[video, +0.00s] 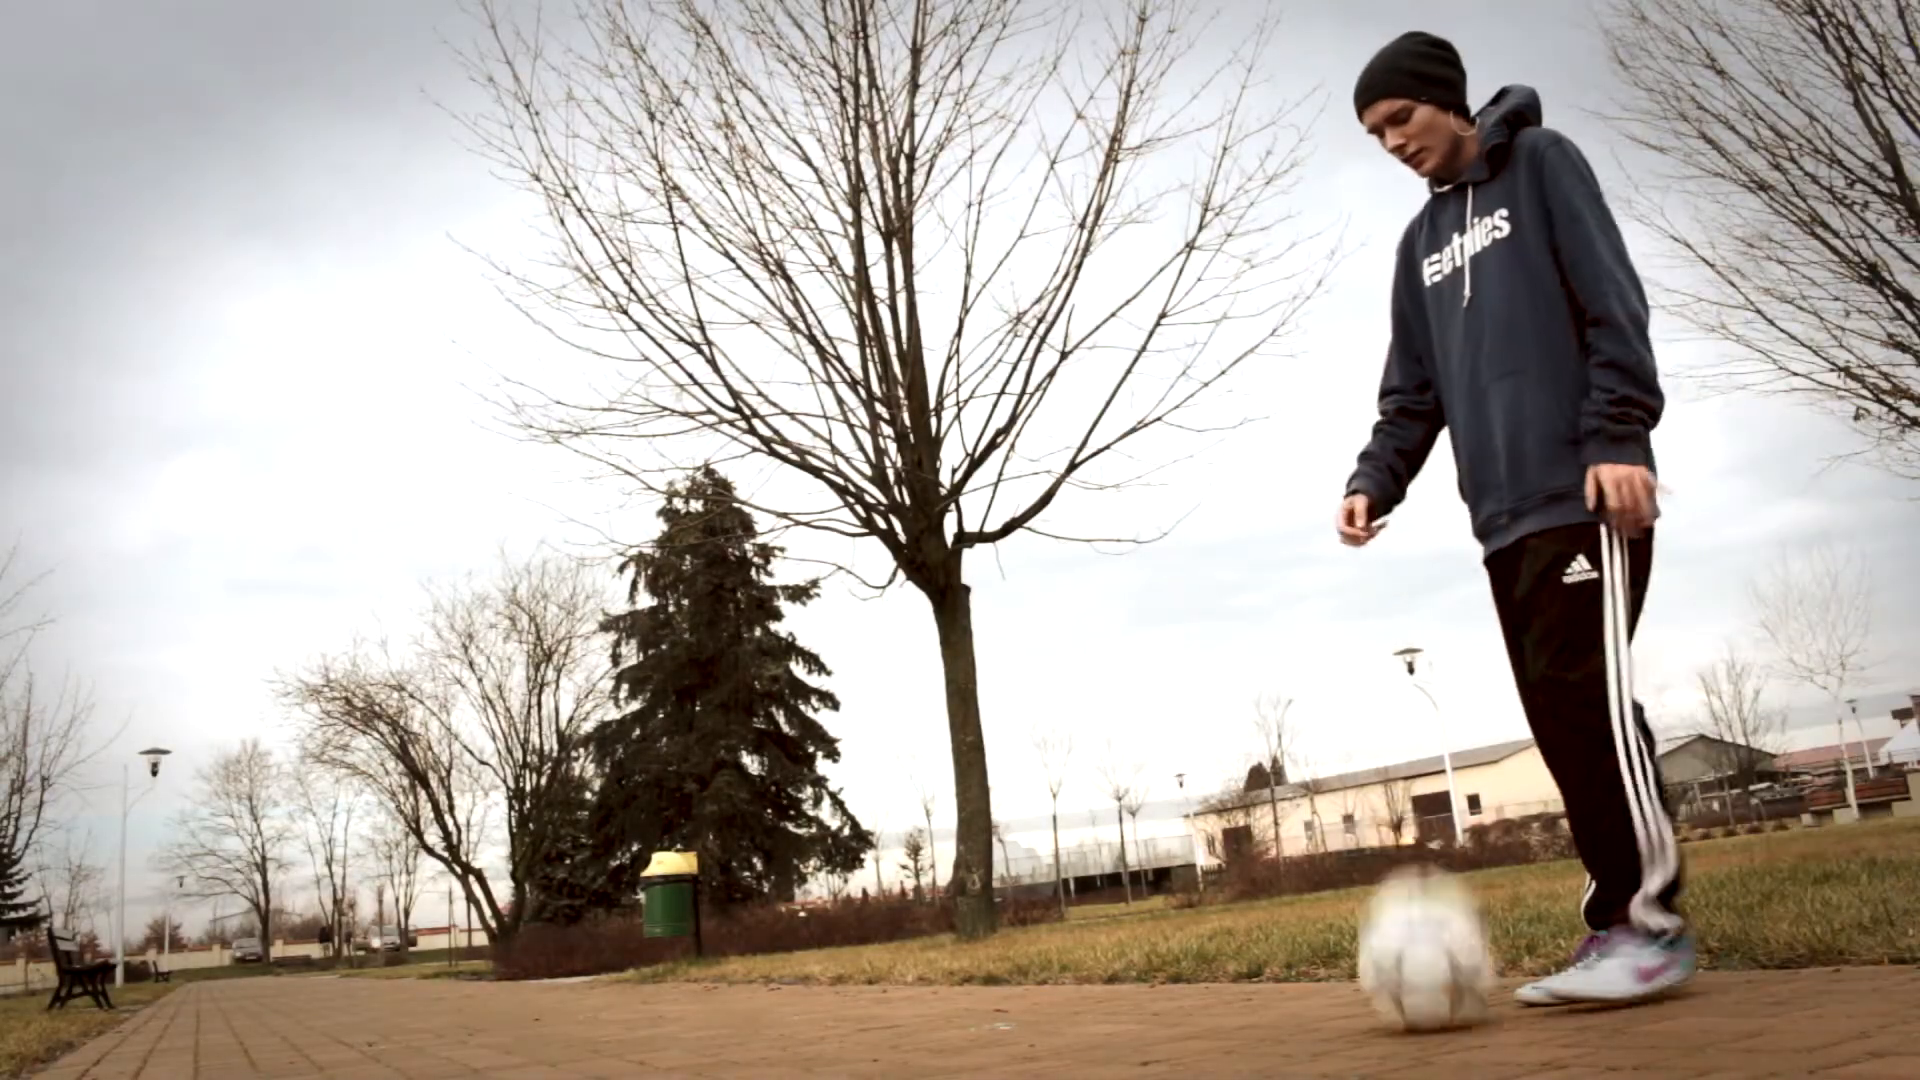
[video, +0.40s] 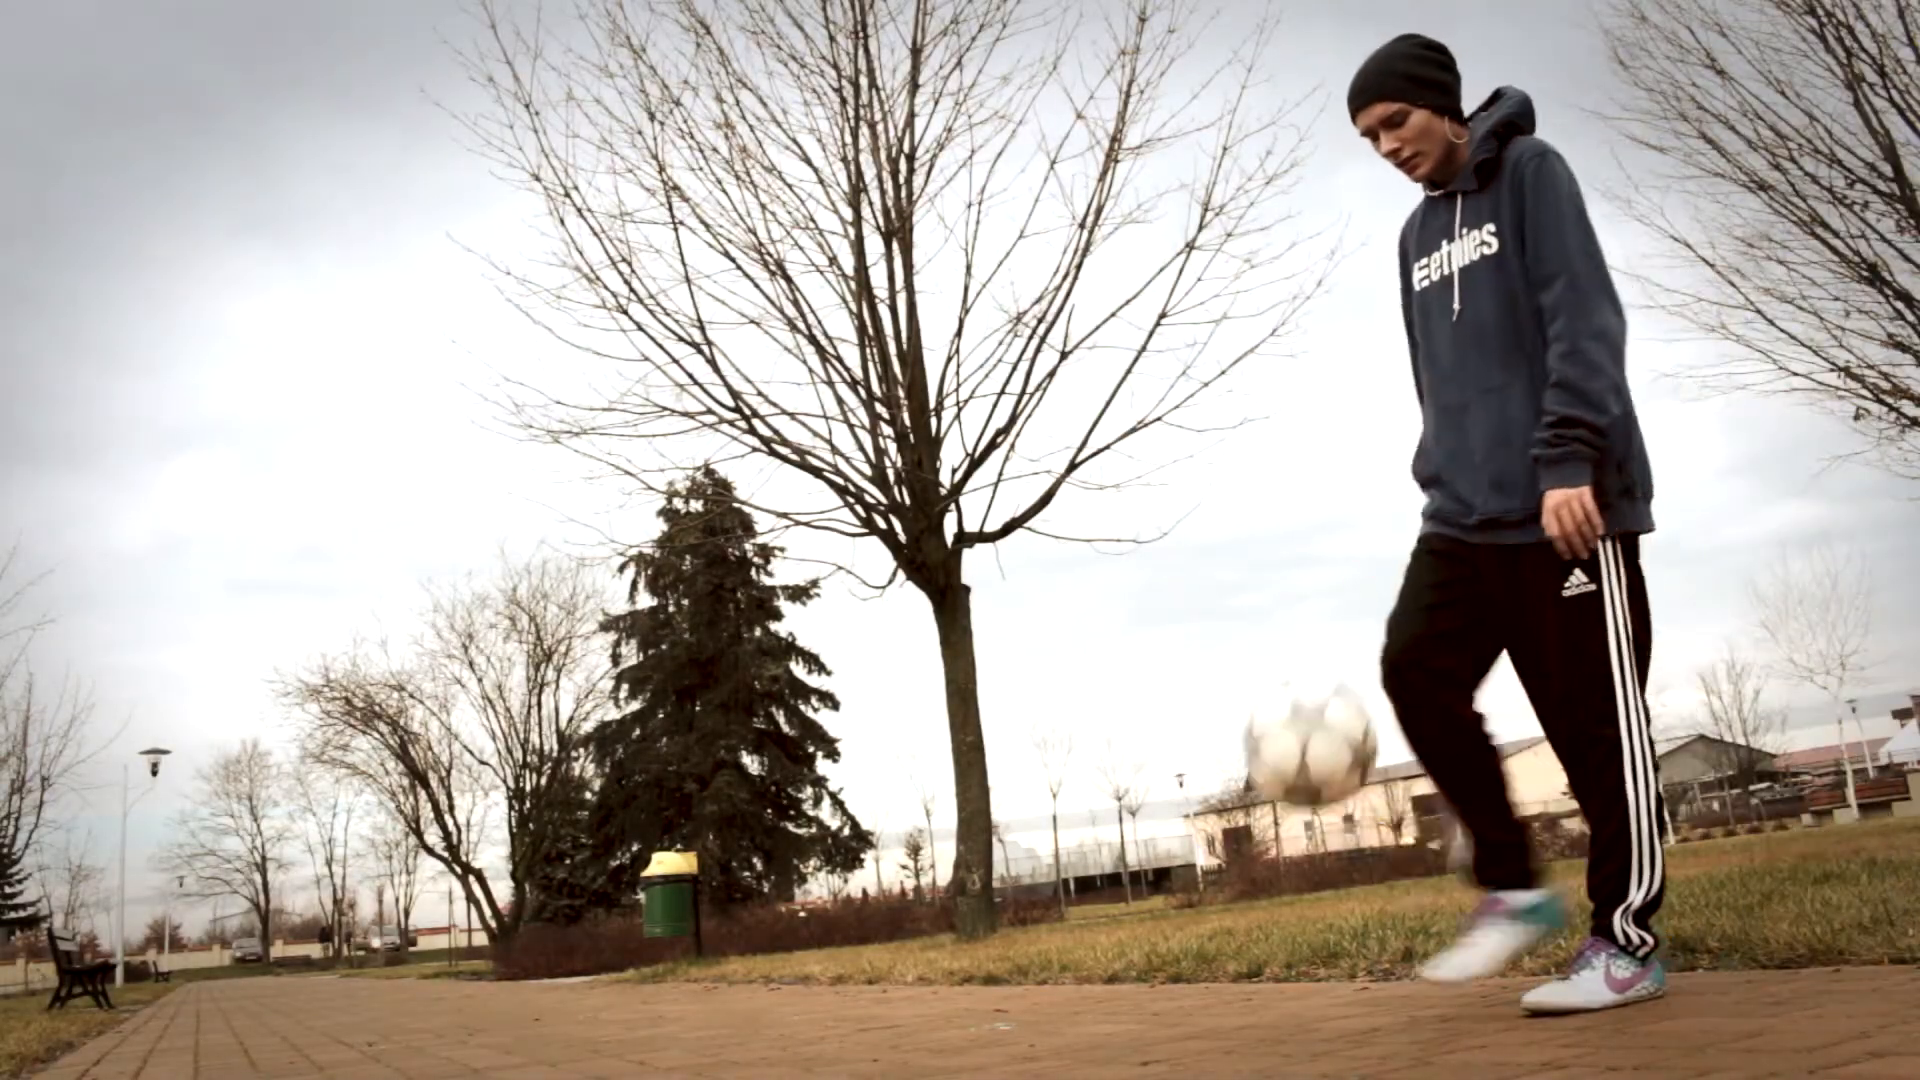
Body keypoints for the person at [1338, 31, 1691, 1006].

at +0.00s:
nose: (1396, 142)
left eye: (1403, 118)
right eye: (1381, 133)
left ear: (1449, 96)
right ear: (1383, 142)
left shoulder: (1541, 162)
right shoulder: (1421, 241)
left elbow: (1613, 305)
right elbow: (1413, 386)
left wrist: (1620, 440)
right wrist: (1374, 480)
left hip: (1581, 485)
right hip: (1501, 512)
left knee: (1580, 692)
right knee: (1553, 710)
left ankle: (1654, 929)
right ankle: (1617, 930)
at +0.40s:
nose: (1390, 145)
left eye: (1399, 121)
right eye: (1375, 136)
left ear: (1445, 102)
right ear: (1376, 145)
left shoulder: (1529, 170)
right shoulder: (1418, 231)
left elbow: (1582, 316)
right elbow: (1439, 369)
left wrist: (1569, 462)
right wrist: (1447, 478)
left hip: (1559, 502)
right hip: (1465, 513)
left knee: (1600, 727)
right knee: (1417, 680)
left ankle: (1628, 944)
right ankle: (1515, 893)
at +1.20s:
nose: (1321, 169)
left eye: (1324, 145)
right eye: (1307, 160)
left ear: (1373, 115)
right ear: (1318, 160)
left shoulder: (1474, 171)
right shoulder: (1364, 254)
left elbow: (1580, 291)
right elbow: (1354, 391)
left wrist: (1660, 418)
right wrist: (1263, 447)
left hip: (1526, 489)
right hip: (1457, 507)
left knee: (1442, 701)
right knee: (1509, 719)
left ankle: (1445, 935)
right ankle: (1546, 949)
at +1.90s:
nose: (1303, 179)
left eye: (1303, 156)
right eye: (1290, 168)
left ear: (1347, 123)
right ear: (1318, 154)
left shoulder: (1450, 163)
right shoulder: (1374, 237)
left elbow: (1544, 307)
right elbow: (1416, 386)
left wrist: (1543, 450)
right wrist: (1425, 518)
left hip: (1529, 494)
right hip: (1461, 516)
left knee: (1544, 714)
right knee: (1500, 724)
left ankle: (1600, 948)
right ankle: (1559, 942)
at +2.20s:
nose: (1284, 192)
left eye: (1284, 168)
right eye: (1270, 180)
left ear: (1326, 133)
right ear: (1286, 171)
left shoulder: (1439, 173)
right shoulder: (1352, 259)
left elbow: (1562, 287)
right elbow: (1386, 412)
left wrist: (1629, 420)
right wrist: (1345, 497)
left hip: (1541, 484)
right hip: (1474, 510)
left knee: (1476, 697)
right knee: (1530, 716)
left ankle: (1463, 937)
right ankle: (1574, 947)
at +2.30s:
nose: (1279, 189)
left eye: (1280, 165)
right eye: (1265, 178)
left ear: (1321, 131)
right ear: (1282, 166)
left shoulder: (1434, 170)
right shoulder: (1355, 248)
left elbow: (1554, 288)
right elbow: (1391, 399)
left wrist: (1601, 429)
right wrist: (1331, 481)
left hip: (1534, 486)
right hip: (1472, 509)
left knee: (1524, 708)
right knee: (1500, 717)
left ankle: (1578, 950)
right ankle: (1564, 945)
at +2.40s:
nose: (1274, 203)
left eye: (1272, 180)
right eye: (1260, 191)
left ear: (1311, 144)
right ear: (1284, 171)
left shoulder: (1429, 176)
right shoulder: (1355, 251)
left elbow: (1560, 292)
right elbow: (1382, 402)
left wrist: (1580, 432)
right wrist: (1301, 478)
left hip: (1545, 491)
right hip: (1475, 519)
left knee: (1545, 703)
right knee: (1483, 711)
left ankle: (1610, 954)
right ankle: (1556, 944)